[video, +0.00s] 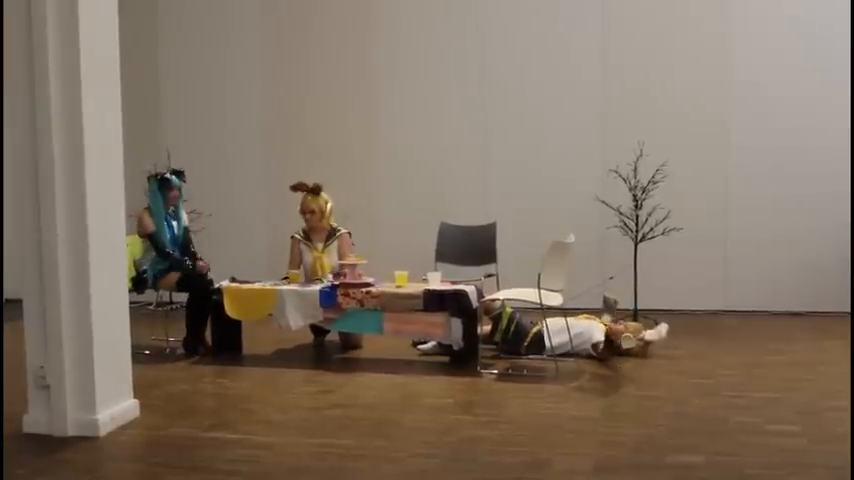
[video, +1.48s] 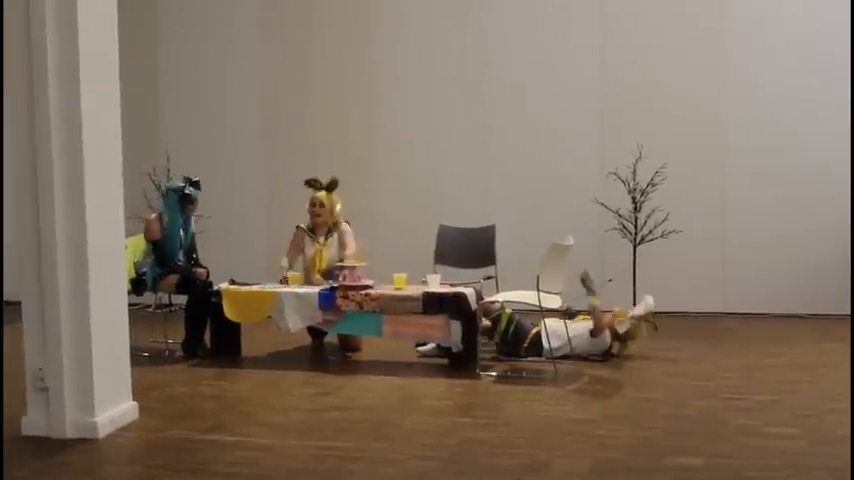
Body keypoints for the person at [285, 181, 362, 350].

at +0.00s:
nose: (306, 217)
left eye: (311, 213)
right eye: (303, 213)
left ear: (325, 213)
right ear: (300, 213)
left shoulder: (341, 235)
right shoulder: (298, 238)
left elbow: (348, 268)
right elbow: (293, 271)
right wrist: (290, 283)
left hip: (339, 291)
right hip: (311, 294)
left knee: (353, 343)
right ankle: (319, 338)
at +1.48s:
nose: (315, 209)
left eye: (321, 205)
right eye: (312, 205)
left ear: (332, 209)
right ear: (308, 207)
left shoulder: (342, 229)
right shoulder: (302, 231)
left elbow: (348, 258)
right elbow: (289, 259)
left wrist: (335, 273)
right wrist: (285, 275)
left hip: (339, 291)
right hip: (309, 293)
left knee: (353, 345)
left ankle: (344, 339)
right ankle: (317, 340)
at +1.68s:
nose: (311, 207)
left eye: (316, 203)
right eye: (311, 203)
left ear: (330, 207)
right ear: (311, 205)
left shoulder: (341, 227)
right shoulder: (308, 223)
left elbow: (353, 202)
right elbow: (286, 195)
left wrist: (350, 197)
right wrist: (283, 208)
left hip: (339, 293)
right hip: (311, 293)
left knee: (352, 345)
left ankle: (344, 340)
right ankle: (317, 341)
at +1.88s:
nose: (306, 208)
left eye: (311, 203)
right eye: (306, 203)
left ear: (324, 207)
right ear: (306, 207)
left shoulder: (337, 231)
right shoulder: (305, 230)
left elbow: (349, 193)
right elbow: (297, 203)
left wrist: (361, 165)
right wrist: (295, 175)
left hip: (337, 298)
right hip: (310, 299)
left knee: (352, 345)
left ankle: (345, 334)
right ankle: (317, 338)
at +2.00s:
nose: (305, 209)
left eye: (310, 206)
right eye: (306, 205)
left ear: (323, 209)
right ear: (303, 209)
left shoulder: (336, 230)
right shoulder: (305, 230)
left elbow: (354, 196)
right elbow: (290, 197)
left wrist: (375, 173)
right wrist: (292, 176)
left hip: (336, 295)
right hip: (309, 295)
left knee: (352, 346)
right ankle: (316, 340)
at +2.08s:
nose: (307, 210)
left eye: (312, 206)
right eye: (305, 206)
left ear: (324, 209)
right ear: (303, 208)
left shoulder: (335, 229)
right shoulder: (305, 231)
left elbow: (355, 199)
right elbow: (288, 200)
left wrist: (379, 177)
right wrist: (288, 176)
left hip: (336, 294)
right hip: (309, 294)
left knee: (352, 346)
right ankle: (317, 339)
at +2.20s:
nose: (315, 213)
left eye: (319, 209)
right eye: (310, 209)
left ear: (328, 212)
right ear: (304, 212)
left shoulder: (335, 231)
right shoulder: (303, 233)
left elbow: (356, 202)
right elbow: (283, 201)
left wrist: (381, 183)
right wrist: (282, 175)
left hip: (336, 295)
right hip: (309, 296)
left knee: (351, 346)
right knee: (291, 300)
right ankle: (316, 339)